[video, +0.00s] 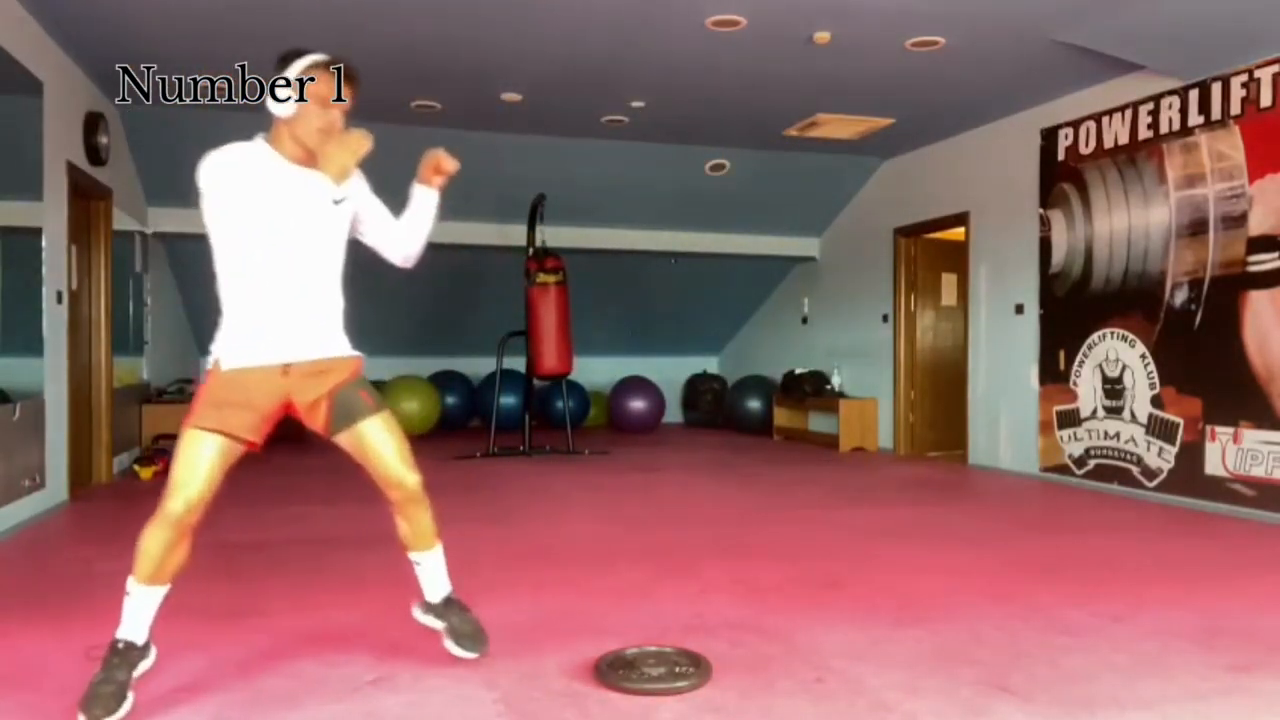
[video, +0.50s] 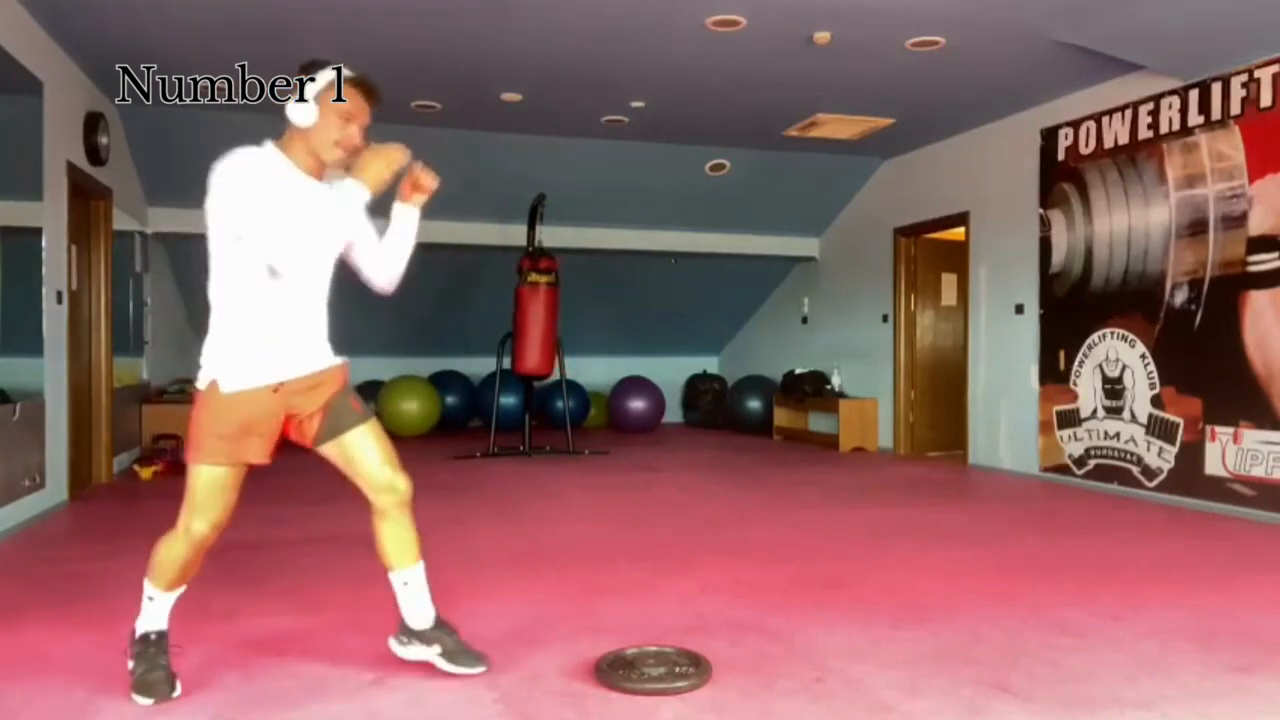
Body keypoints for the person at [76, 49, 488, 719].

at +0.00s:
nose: (342, 116)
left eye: (346, 105)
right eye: (332, 100)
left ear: (341, 112)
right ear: (286, 98)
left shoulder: (341, 177)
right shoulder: (223, 168)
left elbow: (402, 249)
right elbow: (257, 230)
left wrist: (428, 188)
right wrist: (334, 167)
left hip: (329, 367)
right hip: (241, 372)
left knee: (407, 483)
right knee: (179, 507)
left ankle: (439, 598)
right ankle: (129, 644)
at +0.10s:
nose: (308, 142)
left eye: (314, 130)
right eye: (295, 126)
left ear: (316, 134)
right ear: (253, 123)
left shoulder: (308, 197)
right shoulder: (190, 188)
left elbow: (364, 274)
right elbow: (217, 261)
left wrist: (392, 214)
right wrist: (298, 195)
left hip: (298, 383)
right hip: (208, 391)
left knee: (378, 497)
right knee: (151, 532)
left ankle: (373, 603)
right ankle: (110, 661)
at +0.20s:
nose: (280, 163)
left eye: (289, 153)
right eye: (269, 147)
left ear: (293, 160)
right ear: (228, 148)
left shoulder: (285, 227)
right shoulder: (164, 219)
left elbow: (316, 319)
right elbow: (193, 301)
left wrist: (352, 268)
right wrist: (274, 237)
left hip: (275, 412)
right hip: (187, 417)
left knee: (349, 528)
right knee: (137, 552)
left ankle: (324, 629)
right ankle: (111, 671)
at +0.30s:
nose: (288, 143)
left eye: (297, 132)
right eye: (277, 126)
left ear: (302, 136)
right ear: (237, 121)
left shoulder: (295, 198)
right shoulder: (172, 189)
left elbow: (331, 290)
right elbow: (204, 263)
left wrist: (368, 237)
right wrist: (285, 198)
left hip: (284, 389)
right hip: (194, 397)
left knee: (358, 509)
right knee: (148, 538)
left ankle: (343, 614)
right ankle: (113, 666)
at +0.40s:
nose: (321, 121)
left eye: (328, 110)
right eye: (313, 104)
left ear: (325, 114)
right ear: (271, 95)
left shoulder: (317, 177)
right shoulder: (201, 161)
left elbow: (383, 244)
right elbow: (228, 231)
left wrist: (415, 180)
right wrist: (315, 168)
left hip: (300, 366)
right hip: (214, 374)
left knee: (374, 485)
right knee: (173, 516)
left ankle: (382, 610)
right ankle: (125, 652)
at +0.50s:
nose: (357, 141)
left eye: (363, 129)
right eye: (348, 124)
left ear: (359, 129)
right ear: (306, 112)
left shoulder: (339, 194)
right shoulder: (238, 172)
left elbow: (382, 274)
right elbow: (286, 255)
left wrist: (410, 207)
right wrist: (360, 184)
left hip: (316, 378)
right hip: (237, 385)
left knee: (392, 489)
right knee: (200, 526)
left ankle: (419, 627)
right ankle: (149, 635)